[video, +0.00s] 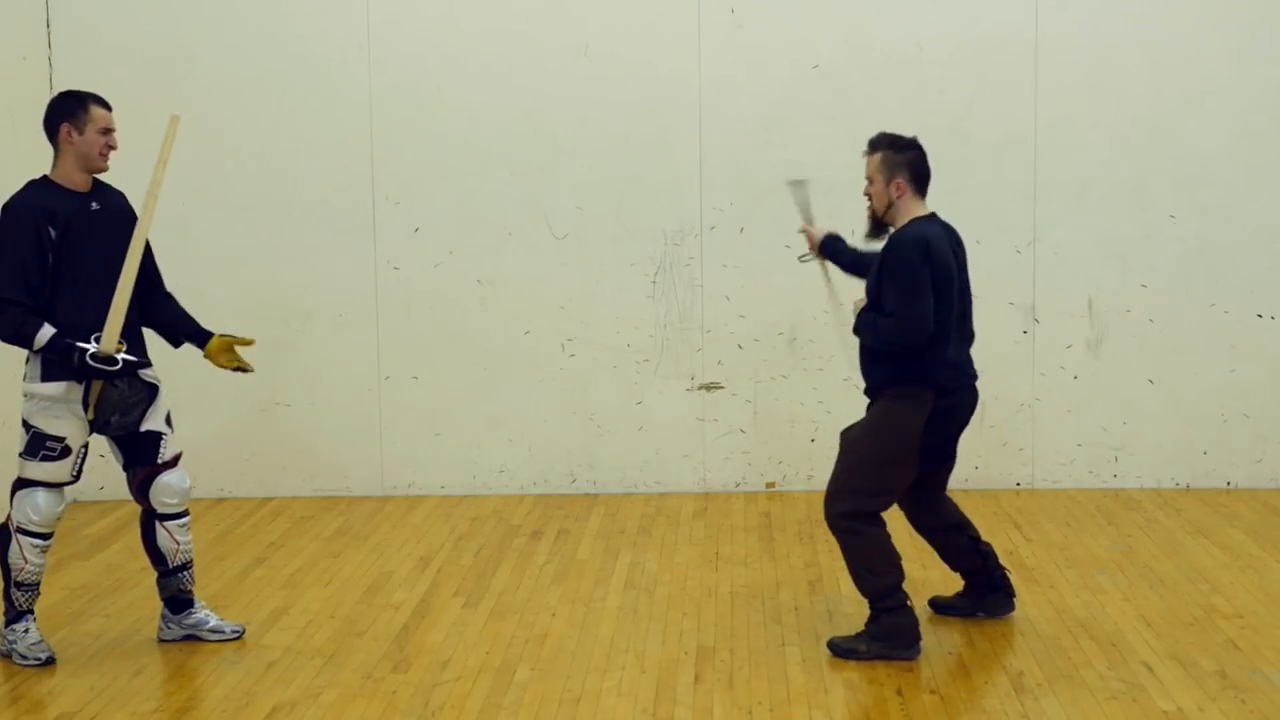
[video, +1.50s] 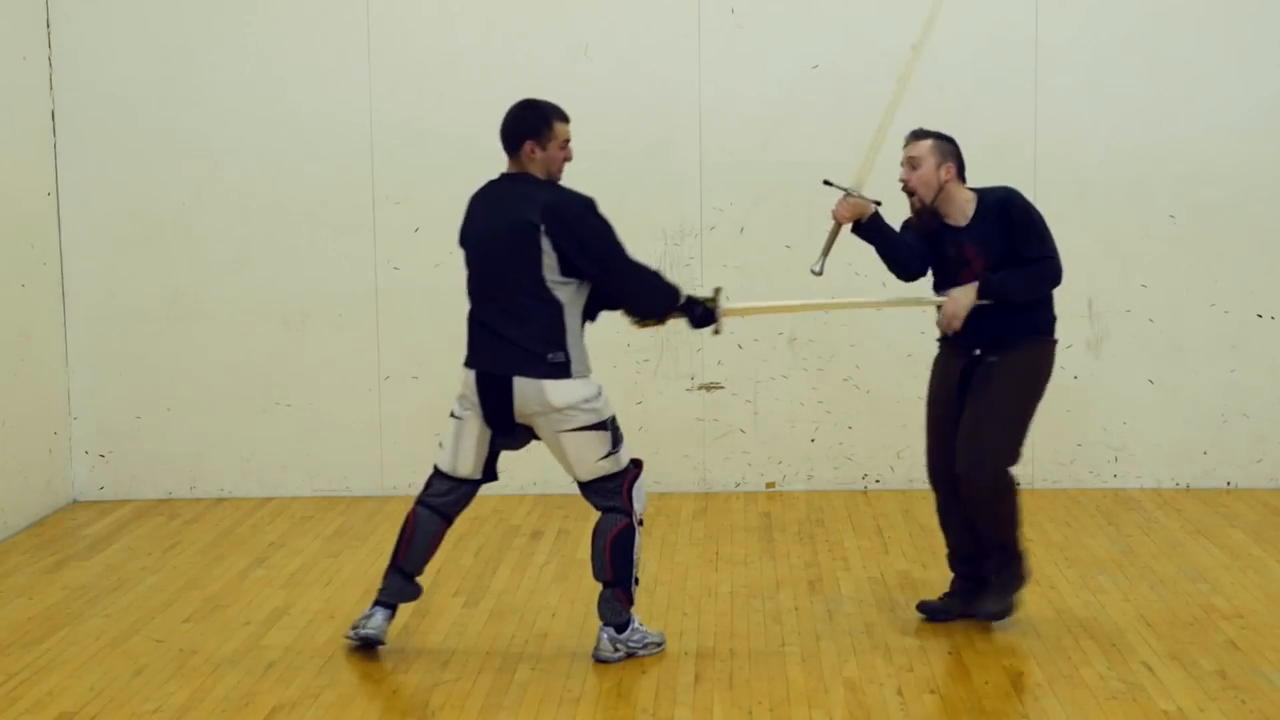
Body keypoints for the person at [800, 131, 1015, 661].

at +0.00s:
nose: (865, 193)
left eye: (869, 182)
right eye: (865, 182)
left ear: (898, 185)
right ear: (908, 186)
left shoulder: (908, 247)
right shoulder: (941, 236)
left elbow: (910, 330)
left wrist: (863, 319)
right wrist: (830, 246)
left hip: (913, 401)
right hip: (948, 396)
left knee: (849, 506)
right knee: (921, 497)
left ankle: (892, 629)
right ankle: (989, 586)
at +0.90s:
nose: (892, 220)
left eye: (903, 215)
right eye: (894, 210)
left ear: (938, 222)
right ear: (927, 217)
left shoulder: (971, 288)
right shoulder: (905, 231)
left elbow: (970, 371)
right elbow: (847, 260)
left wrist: (902, 337)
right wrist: (787, 309)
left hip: (931, 406)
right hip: (903, 396)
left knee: (866, 504)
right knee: (919, 496)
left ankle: (895, 629)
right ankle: (986, 579)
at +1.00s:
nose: (900, 226)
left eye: (911, 220)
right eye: (901, 216)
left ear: (946, 224)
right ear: (905, 208)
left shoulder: (980, 287)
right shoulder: (902, 233)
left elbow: (983, 368)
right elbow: (859, 276)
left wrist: (915, 334)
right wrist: (848, 346)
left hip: (935, 400)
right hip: (888, 388)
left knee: (868, 503)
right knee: (903, 493)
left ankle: (896, 628)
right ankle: (979, 572)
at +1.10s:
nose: (904, 218)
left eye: (915, 211)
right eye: (904, 208)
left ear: (949, 215)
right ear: (908, 201)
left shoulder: (986, 283)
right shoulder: (902, 232)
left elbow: (990, 363)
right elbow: (865, 274)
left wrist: (925, 326)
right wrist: (891, 299)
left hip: (938, 404)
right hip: (888, 393)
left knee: (872, 501)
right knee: (892, 497)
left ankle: (897, 629)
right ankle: (978, 572)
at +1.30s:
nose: (908, 195)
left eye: (918, 187)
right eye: (909, 185)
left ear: (951, 194)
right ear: (929, 193)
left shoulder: (996, 252)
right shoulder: (916, 239)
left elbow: (993, 330)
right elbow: (885, 280)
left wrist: (936, 283)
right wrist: (891, 230)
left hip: (957, 399)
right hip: (903, 393)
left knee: (891, 497)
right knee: (881, 495)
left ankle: (896, 628)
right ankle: (958, 574)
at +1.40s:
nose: (901, 187)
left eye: (912, 179)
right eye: (903, 177)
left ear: (946, 186)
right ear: (931, 187)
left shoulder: (995, 223)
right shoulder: (920, 230)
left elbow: (1017, 293)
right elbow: (895, 270)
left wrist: (951, 267)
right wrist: (873, 217)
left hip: (987, 371)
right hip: (929, 367)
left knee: (939, 479)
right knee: (907, 478)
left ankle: (902, 602)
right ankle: (964, 577)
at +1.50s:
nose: (904, 177)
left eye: (914, 165)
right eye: (903, 167)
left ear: (948, 169)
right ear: (933, 175)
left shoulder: (1005, 206)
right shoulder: (925, 224)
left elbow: (1048, 271)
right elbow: (908, 266)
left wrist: (975, 290)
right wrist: (868, 220)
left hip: (1020, 352)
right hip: (959, 355)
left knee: (981, 463)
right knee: (945, 470)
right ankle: (969, 586)